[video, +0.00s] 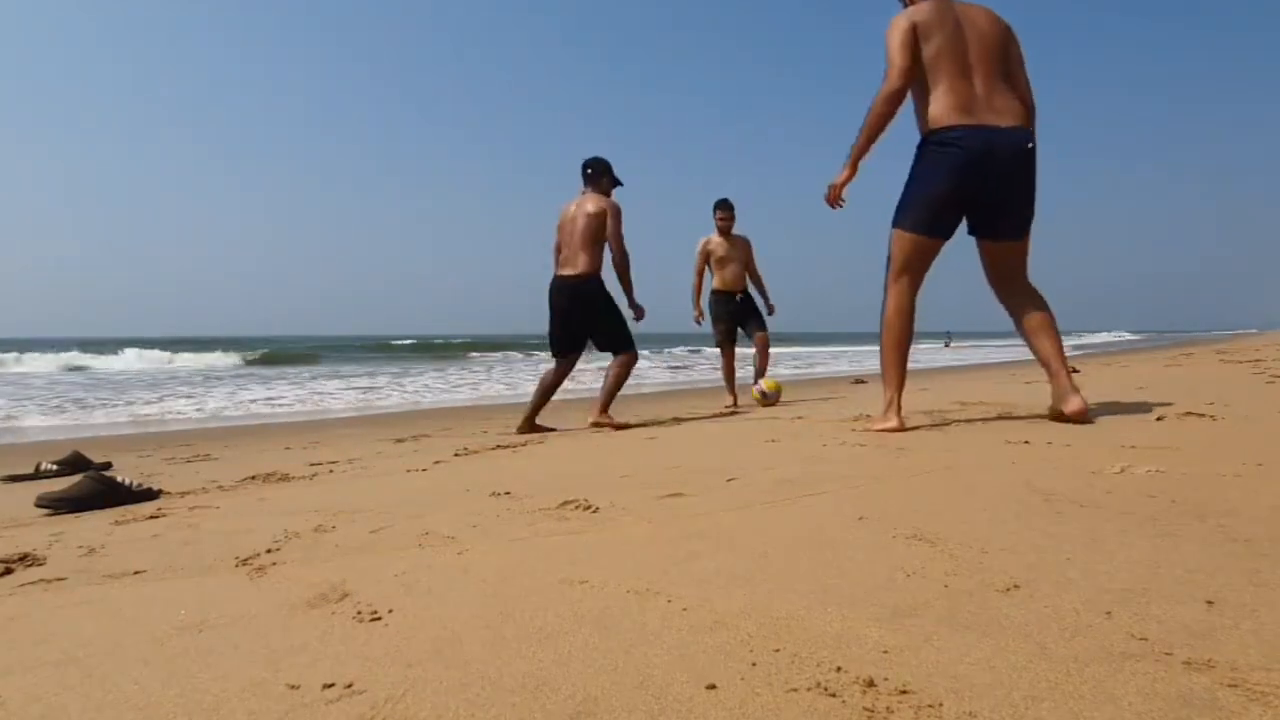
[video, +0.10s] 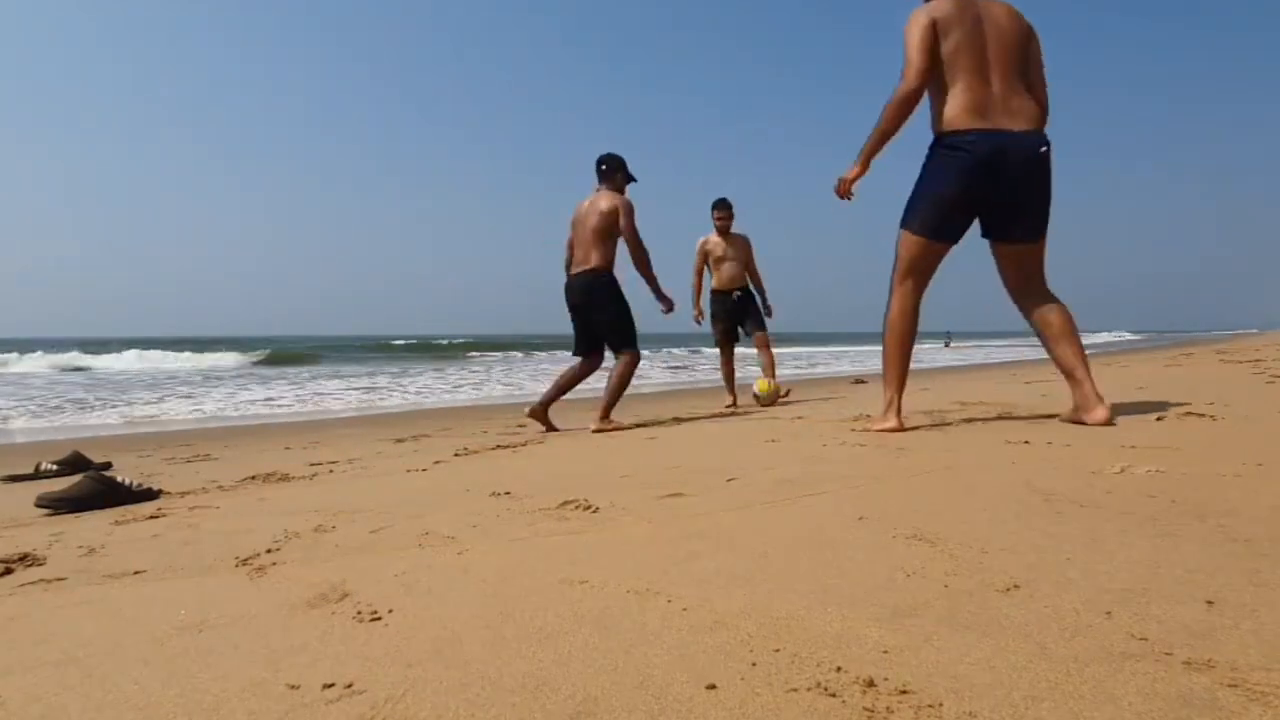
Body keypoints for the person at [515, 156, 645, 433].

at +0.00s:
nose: (613, 186)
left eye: (613, 181)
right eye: (611, 181)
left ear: (587, 179)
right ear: (600, 179)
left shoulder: (568, 208)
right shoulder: (608, 206)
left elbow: (559, 250)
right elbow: (618, 254)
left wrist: (561, 282)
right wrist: (631, 299)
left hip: (560, 286)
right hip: (588, 286)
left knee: (566, 359)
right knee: (627, 354)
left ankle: (528, 420)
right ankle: (600, 413)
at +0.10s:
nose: (627, 184)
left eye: (627, 179)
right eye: (624, 178)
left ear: (602, 175)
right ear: (611, 174)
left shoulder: (582, 207)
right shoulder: (619, 202)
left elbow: (570, 252)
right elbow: (636, 250)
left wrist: (574, 282)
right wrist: (658, 292)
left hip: (575, 284)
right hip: (600, 282)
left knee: (591, 359)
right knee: (629, 354)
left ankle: (542, 406)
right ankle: (603, 418)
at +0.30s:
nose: (643, 186)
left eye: (643, 181)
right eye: (641, 181)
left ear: (618, 179)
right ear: (629, 177)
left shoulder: (598, 211)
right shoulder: (642, 205)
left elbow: (580, 257)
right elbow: (666, 245)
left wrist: (589, 295)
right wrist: (689, 275)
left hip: (601, 282)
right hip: (628, 277)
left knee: (630, 341)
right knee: (628, 344)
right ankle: (606, 407)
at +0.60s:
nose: (657, 193)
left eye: (656, 188)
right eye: (654, 188)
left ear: (633, 187)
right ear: (642, 186)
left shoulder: (612, 216)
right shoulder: (653, 213)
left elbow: (589, 253)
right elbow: (670, 253)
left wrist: (609, 282)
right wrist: (694, 282)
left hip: (621, 287)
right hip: (646, 282)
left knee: (653, 340)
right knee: (695, 328)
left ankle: (652, 397)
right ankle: (697, 393)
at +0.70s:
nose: (654, 202)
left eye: (653, 197)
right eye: (652, 197)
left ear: (629, 197)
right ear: (642, 196)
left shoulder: (611, 225)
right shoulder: (653, 216)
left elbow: (595, 267)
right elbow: (671, 252)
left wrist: (614, 296)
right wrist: (699, 282)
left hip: (628, 294)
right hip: (654, 289)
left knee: (652, 346)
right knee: (693, 333)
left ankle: (647, 406)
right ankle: (715, 385)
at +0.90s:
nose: (655, 216)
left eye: (655, 212)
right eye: (653, 211)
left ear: (633, 208)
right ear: (644, 207)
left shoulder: (613, 235)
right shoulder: (657, 228)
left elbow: (603, 275)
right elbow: (690, 253)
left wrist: (618, 296)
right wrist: (700, 276)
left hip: (628, 303)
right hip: (654, 299)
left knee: (646, 350)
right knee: (674, 346)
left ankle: (647, 397)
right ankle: (673, 401)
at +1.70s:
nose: (633, 192)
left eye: (633, 186)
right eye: (627, 186)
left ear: (620, 189)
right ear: (610, 188)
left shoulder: (632, 227)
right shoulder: (592, 221)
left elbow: (637, 266)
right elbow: (586, 262)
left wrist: (650, 300)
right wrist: (620, 287)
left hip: (616, 296)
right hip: (589, 294)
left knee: (632, 364)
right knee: (595, 356)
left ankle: (617, 387)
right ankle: (578, 414)